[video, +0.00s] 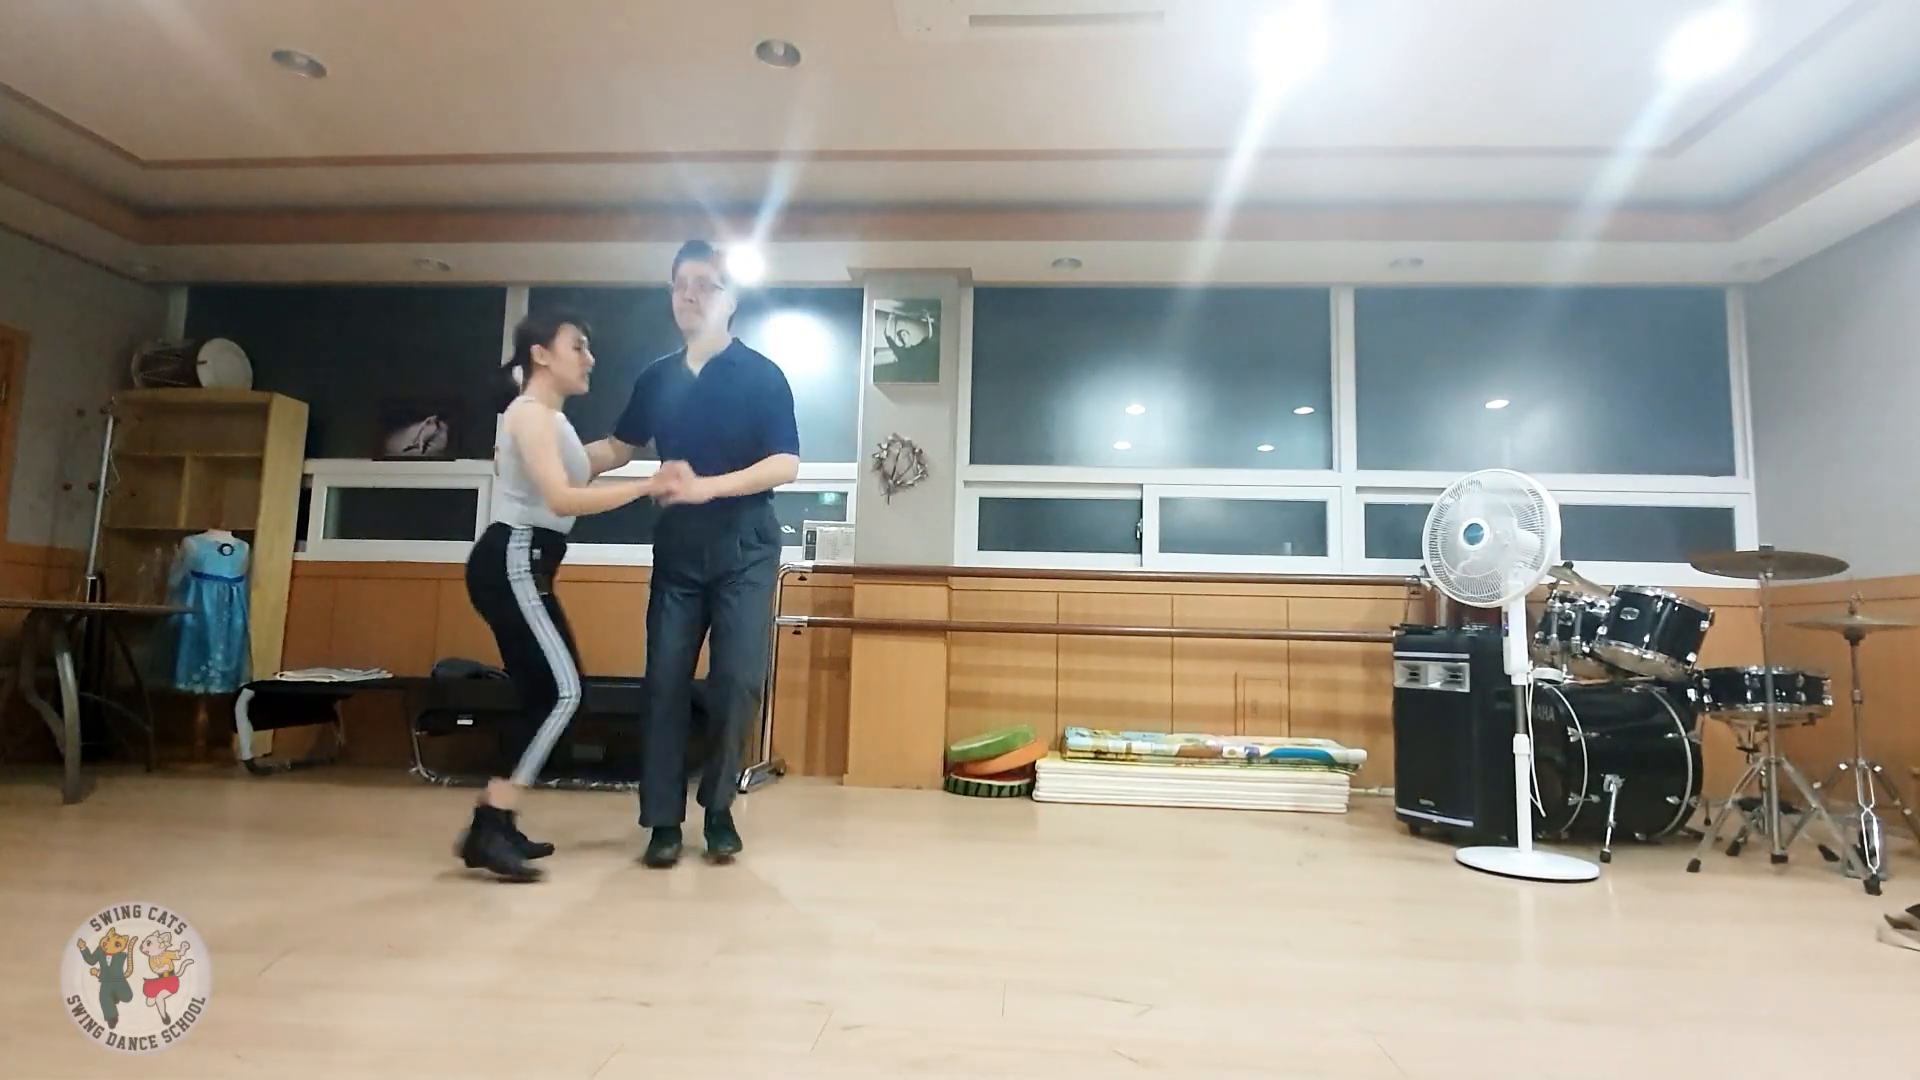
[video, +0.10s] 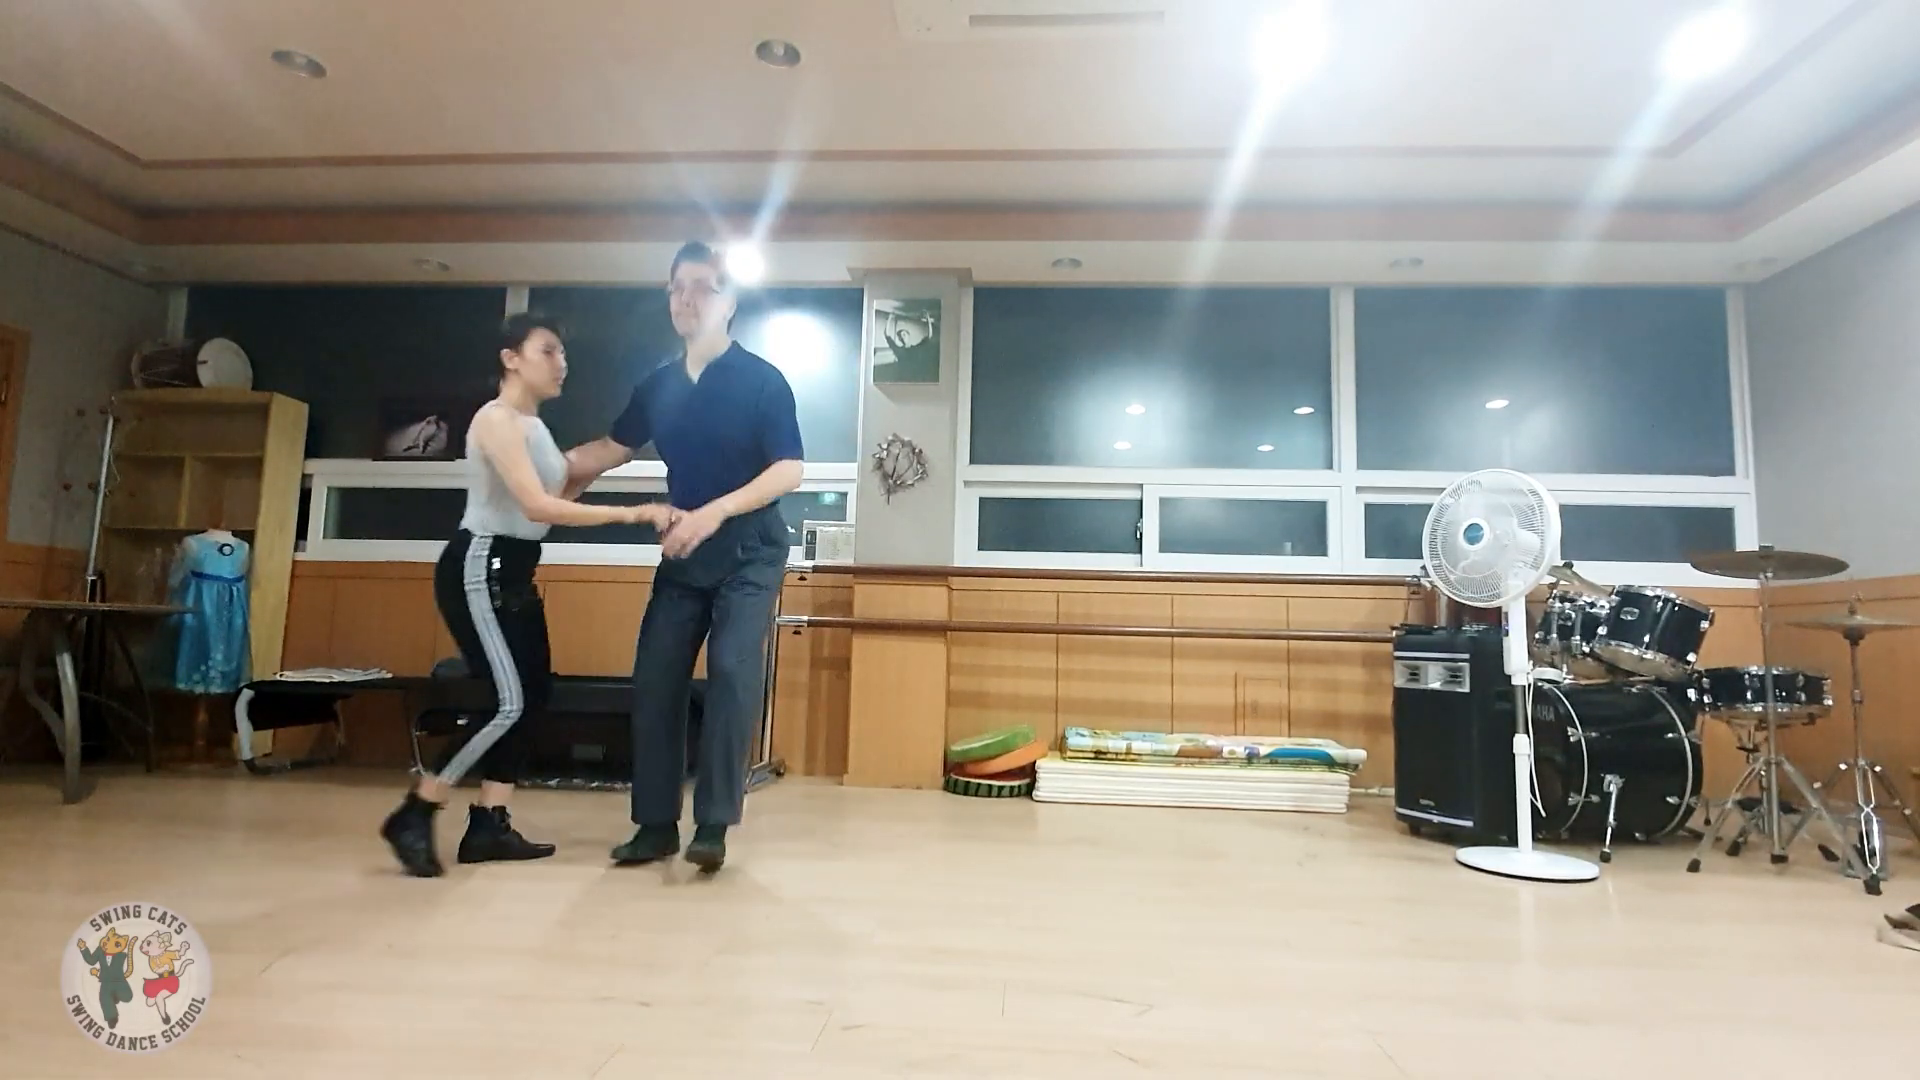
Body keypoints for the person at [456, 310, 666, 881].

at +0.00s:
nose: (590, 358)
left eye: (588, 348)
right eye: (578, 348)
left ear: (552, 359)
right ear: (541, 356)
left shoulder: (549, 416)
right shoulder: (530, 415)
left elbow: (581, 473)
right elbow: (562, 498)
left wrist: (652, 472)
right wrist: (644, 489)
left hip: (523, 562)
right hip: (510, 563)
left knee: (546, 693)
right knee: (564, 692)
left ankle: (497, 820)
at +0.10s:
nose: (562, 363)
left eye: (561, 353)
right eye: (548, 352)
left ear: (536, 364)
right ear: (511, 359)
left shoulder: (532, 426)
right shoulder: (497, 421)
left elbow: (562, 491)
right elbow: (539, 508)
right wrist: (632, 515)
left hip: (513, 571)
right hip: (478, 568)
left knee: (533, 693)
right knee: (512, 701)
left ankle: (489, 826)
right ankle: (413, 815)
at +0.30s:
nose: (510, 364)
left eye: (515, 356)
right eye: (495, 354)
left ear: (521, 369)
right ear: (463, 363)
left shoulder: (506, 430)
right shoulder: (441, 425)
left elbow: (537, 490)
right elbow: (468, 514)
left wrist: (602, 459)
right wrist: (560, 532)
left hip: (461, 573)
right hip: (411, 568)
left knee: (509, 685)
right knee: (417, 702)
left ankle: (490, 824)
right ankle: (366, 830)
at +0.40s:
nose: (499, 362)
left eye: (505, 354)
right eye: (484, 351)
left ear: (510, 366)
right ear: (453, 361)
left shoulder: (505, 433)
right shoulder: (430, 424)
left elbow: (542, 487)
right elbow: (453, 514)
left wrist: (594, 458)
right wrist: (545, 530)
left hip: (444, 569)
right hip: (390, 560)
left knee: (500, 677)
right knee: (394, 696)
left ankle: (491, 812)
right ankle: (363, 830)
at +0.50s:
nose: (498, 361)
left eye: (504, 353)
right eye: (482, 351)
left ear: (511, 366)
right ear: (453, 365)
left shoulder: (507, 432)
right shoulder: (434, 428)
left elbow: (545, 488)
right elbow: (455, 518)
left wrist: (593, 459)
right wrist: (546, 532)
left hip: (439, 567)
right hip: (385, 557)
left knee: (493, 667)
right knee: (381, 692)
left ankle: (494, 805)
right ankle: (361, 828)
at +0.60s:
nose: (511, 366)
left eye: (513, 358)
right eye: (493, 357)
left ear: (519, 374)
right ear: (462, 375)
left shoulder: (516, 433)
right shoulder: (445, 437)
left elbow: (552, 491)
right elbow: (472, 528)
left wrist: (603, 464)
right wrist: (559, 540)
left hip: (445, 572)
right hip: (392, 562)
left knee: (493, 672)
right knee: (387, 693)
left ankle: (518, 808)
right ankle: (361, 829)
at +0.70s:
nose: (533, 370)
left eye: (535, 362)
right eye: (516, 363)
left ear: (539, 376)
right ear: (485, 379)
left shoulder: (536, 440)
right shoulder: (467, 443)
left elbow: (569, 500)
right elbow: (499, 534)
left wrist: (630, 463)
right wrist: (585, 543)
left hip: (469, 580)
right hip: (418, 572)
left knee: (510, 685)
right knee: (410, 705)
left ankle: (539, 826)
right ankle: (364, 832)